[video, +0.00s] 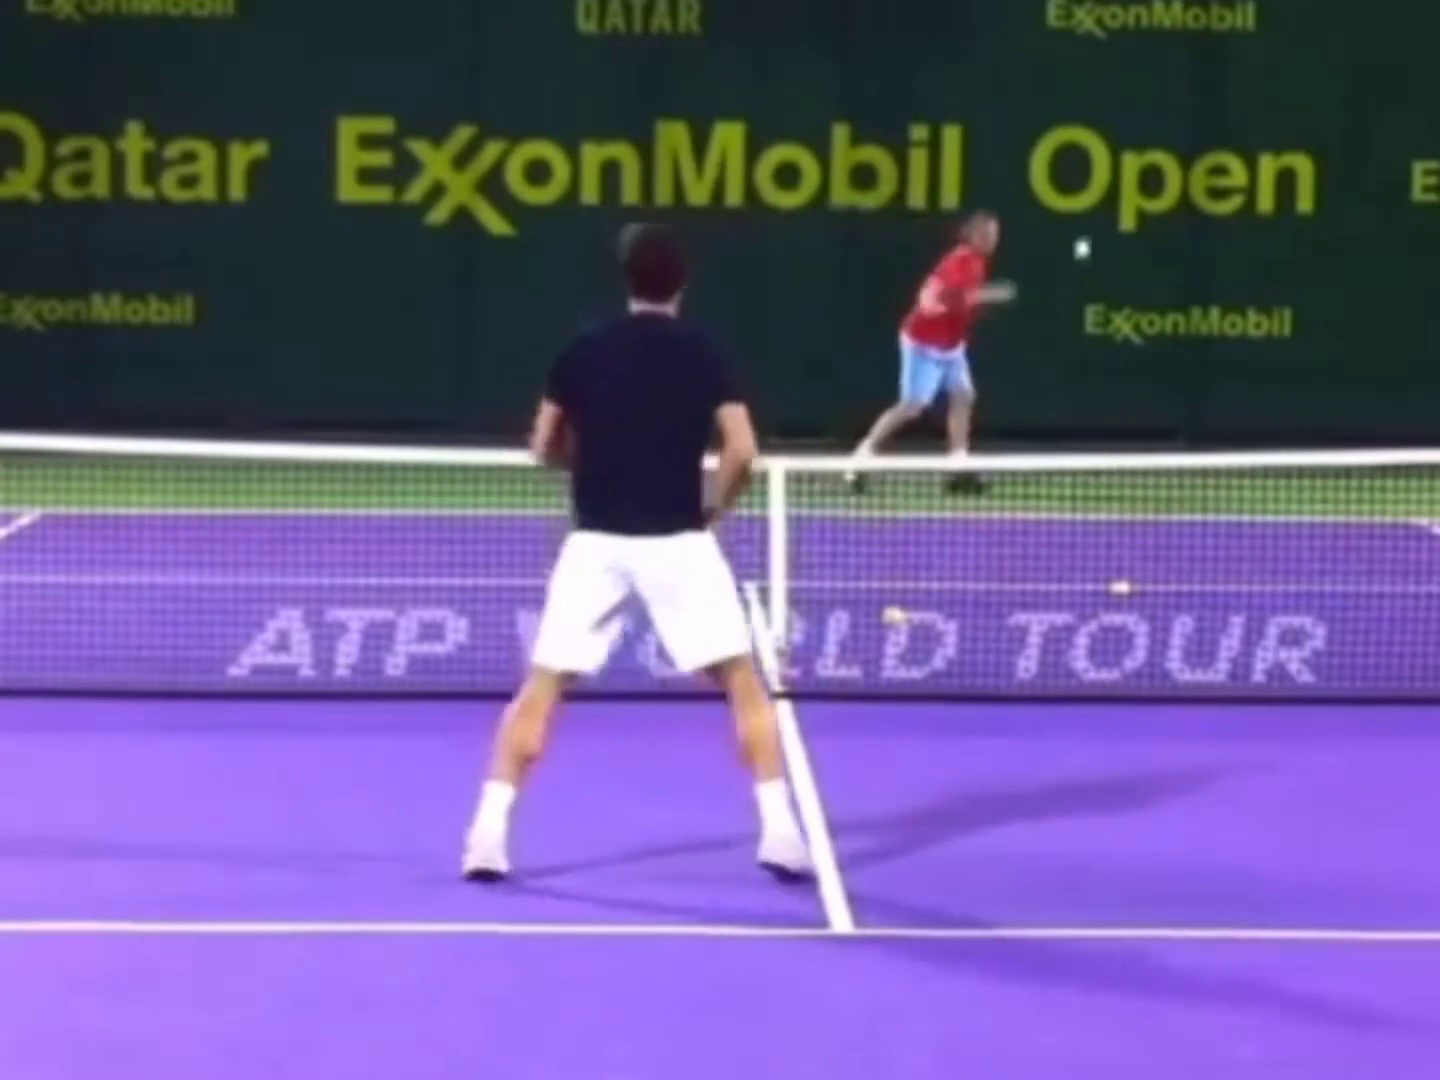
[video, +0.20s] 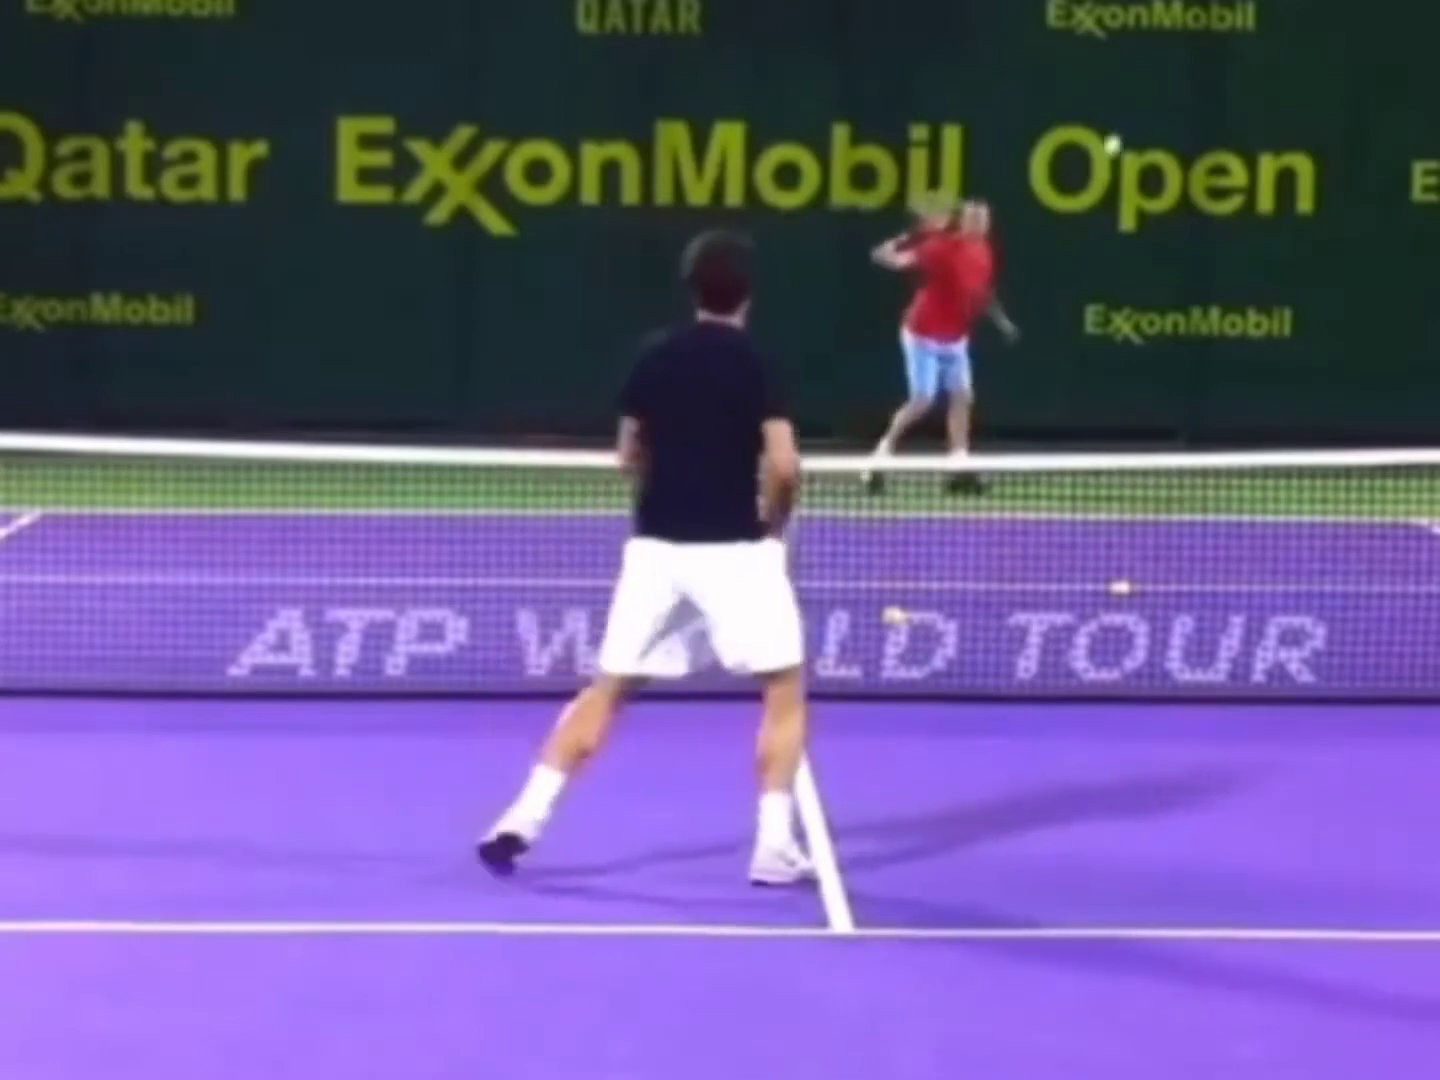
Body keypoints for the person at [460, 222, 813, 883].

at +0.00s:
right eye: (674, 279)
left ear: (624, 283)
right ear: (681, 285)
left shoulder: (587, 349)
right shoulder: (700, 352)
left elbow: (544, 442)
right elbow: (741, 449)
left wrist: (593, 458)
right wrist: (716, 502)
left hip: (594, 543)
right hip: (678, 545)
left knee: (543, 683)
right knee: (742, 680)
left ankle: (490, 825)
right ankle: (778, 827)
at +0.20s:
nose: (738, 296)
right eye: (743, 287)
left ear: (690, 292)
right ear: (746, 295)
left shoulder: (656, 357)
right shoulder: (756, 364)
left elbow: (628, 452)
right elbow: (784, 465)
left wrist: (673, 481)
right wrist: (771, 518)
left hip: (654, 551)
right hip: (736, 555)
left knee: (607, 686)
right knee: (784, 689)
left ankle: (524, 817)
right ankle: (775, 843)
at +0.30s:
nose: (775, 280)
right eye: (781, 272)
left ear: (729, 275)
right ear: (784, 279)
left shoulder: (693, 340)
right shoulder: (784, 347)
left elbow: (689, 425)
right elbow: (808, 445)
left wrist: (777, 460)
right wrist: (824, 481)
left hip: (683, 526)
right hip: (757, 531)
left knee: (672, 670)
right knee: (800, 674)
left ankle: (628, 806)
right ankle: (788, 819)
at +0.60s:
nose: (926, 302)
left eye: (923, 291)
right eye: (920, 292)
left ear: (855, 293)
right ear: (904, 300)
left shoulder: (824, 346)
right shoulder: (887, 367)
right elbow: (943, 458)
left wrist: (923, 346)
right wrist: (1034, 450)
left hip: (788, 541)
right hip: (847, 545)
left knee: (807, 689)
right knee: (881, 694)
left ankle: (724, 772)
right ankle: (840, 830)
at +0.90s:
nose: (1041, 337)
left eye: (1039, 325)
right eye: (1038, 327)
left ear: (977, 321)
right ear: (1024, 334)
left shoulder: (923, 369)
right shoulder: (1014, 394)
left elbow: (856, 430)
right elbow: (1105, 445)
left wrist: (839, 474)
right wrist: (1187, 455)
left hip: (904, 554)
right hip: (952, 561)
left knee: (990, 678)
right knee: (945, 700)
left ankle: (1028, 802)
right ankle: (841, 809)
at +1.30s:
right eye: (1107, 277)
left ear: (1060, 279)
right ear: (1114, 285)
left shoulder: (1018, 339)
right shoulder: (1124, 359)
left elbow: (961, 423)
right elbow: (1121, 450)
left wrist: (1003, 428)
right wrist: (1074, 432)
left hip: (1006, 516)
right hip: (1074, 524)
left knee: (1034, 655)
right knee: (1106, 660)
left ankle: (1039, 796)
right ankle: (1041, 763)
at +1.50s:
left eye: (1092, 266)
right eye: (1121, 268)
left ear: (1075, 275)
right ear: (1132, 277)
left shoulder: (1037, 339)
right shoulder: (1152, 350)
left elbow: (996, 422)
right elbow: (1179, 454)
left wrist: (1023, 414)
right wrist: (1144, 468)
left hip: (1043, 521)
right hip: (1119, 526)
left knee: (1041, 651)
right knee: (1160, 662)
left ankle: (1032, 797)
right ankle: (1185, 800)